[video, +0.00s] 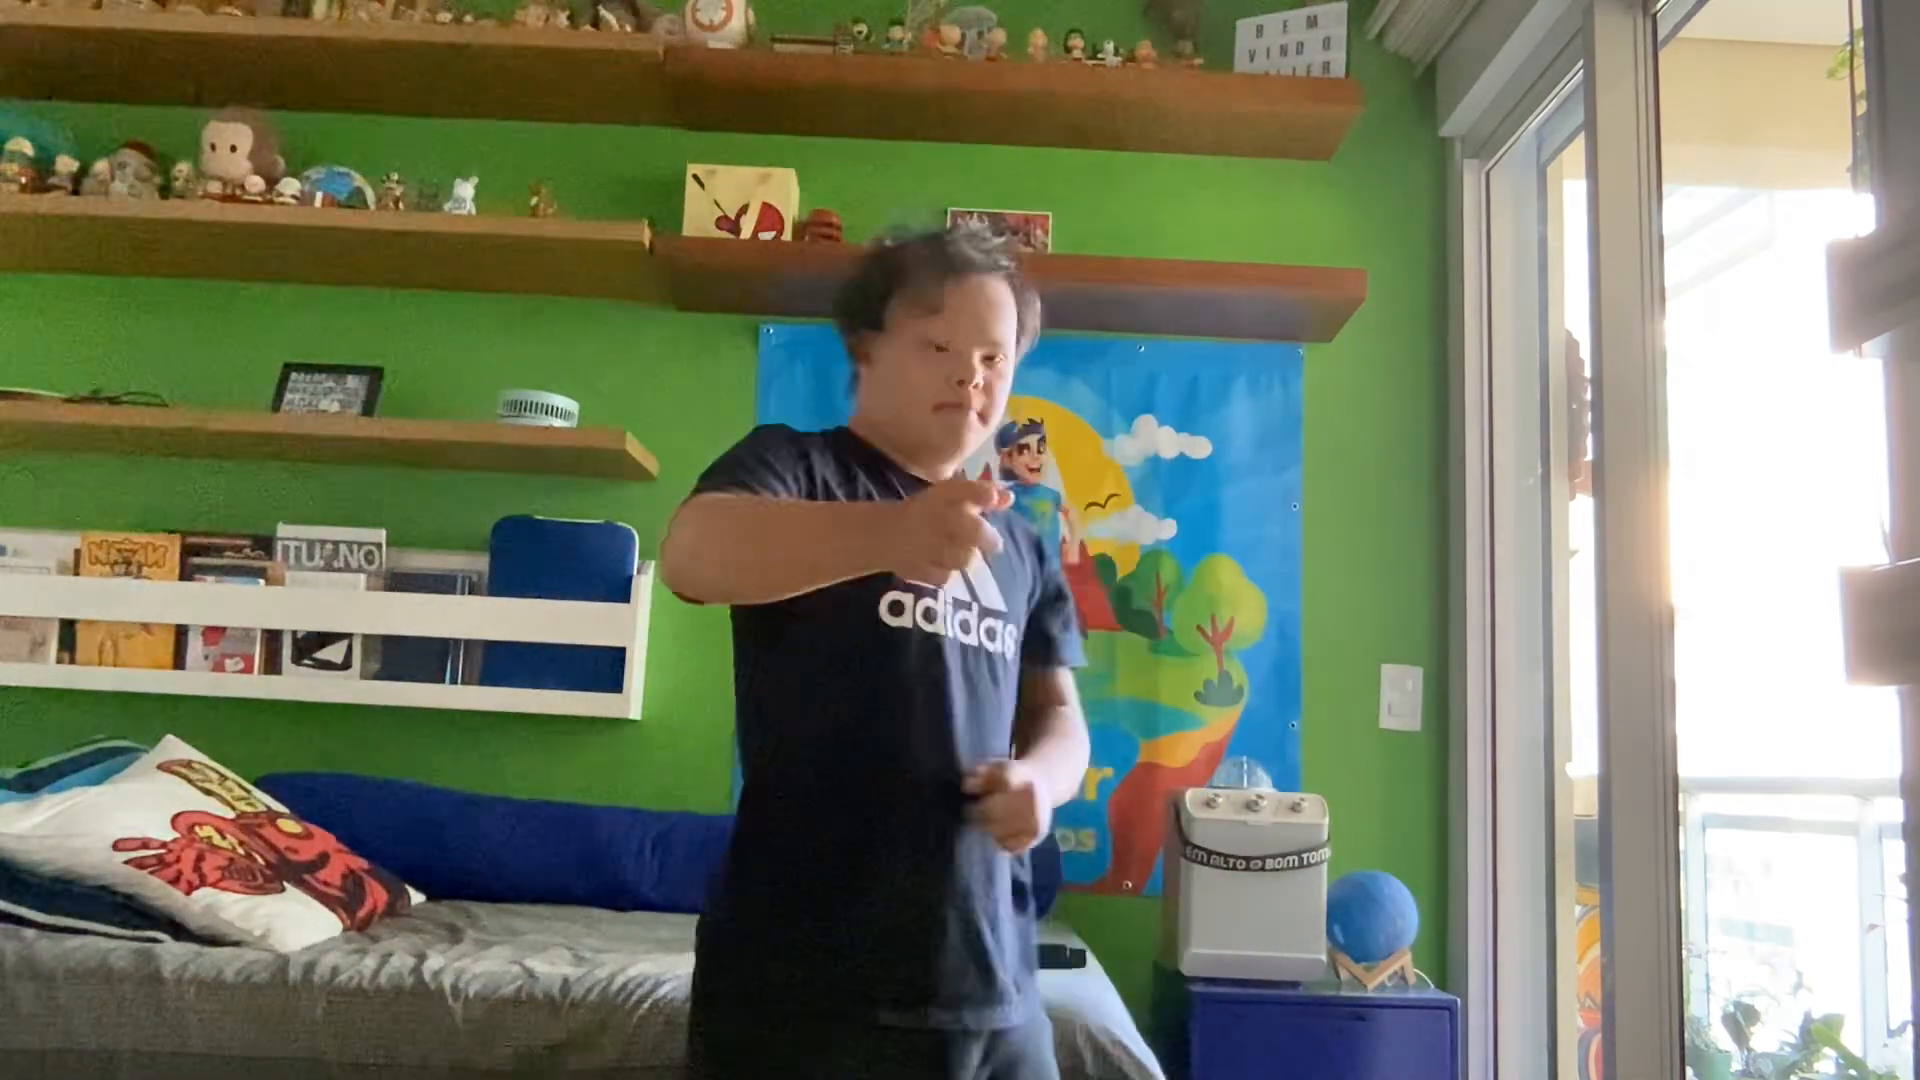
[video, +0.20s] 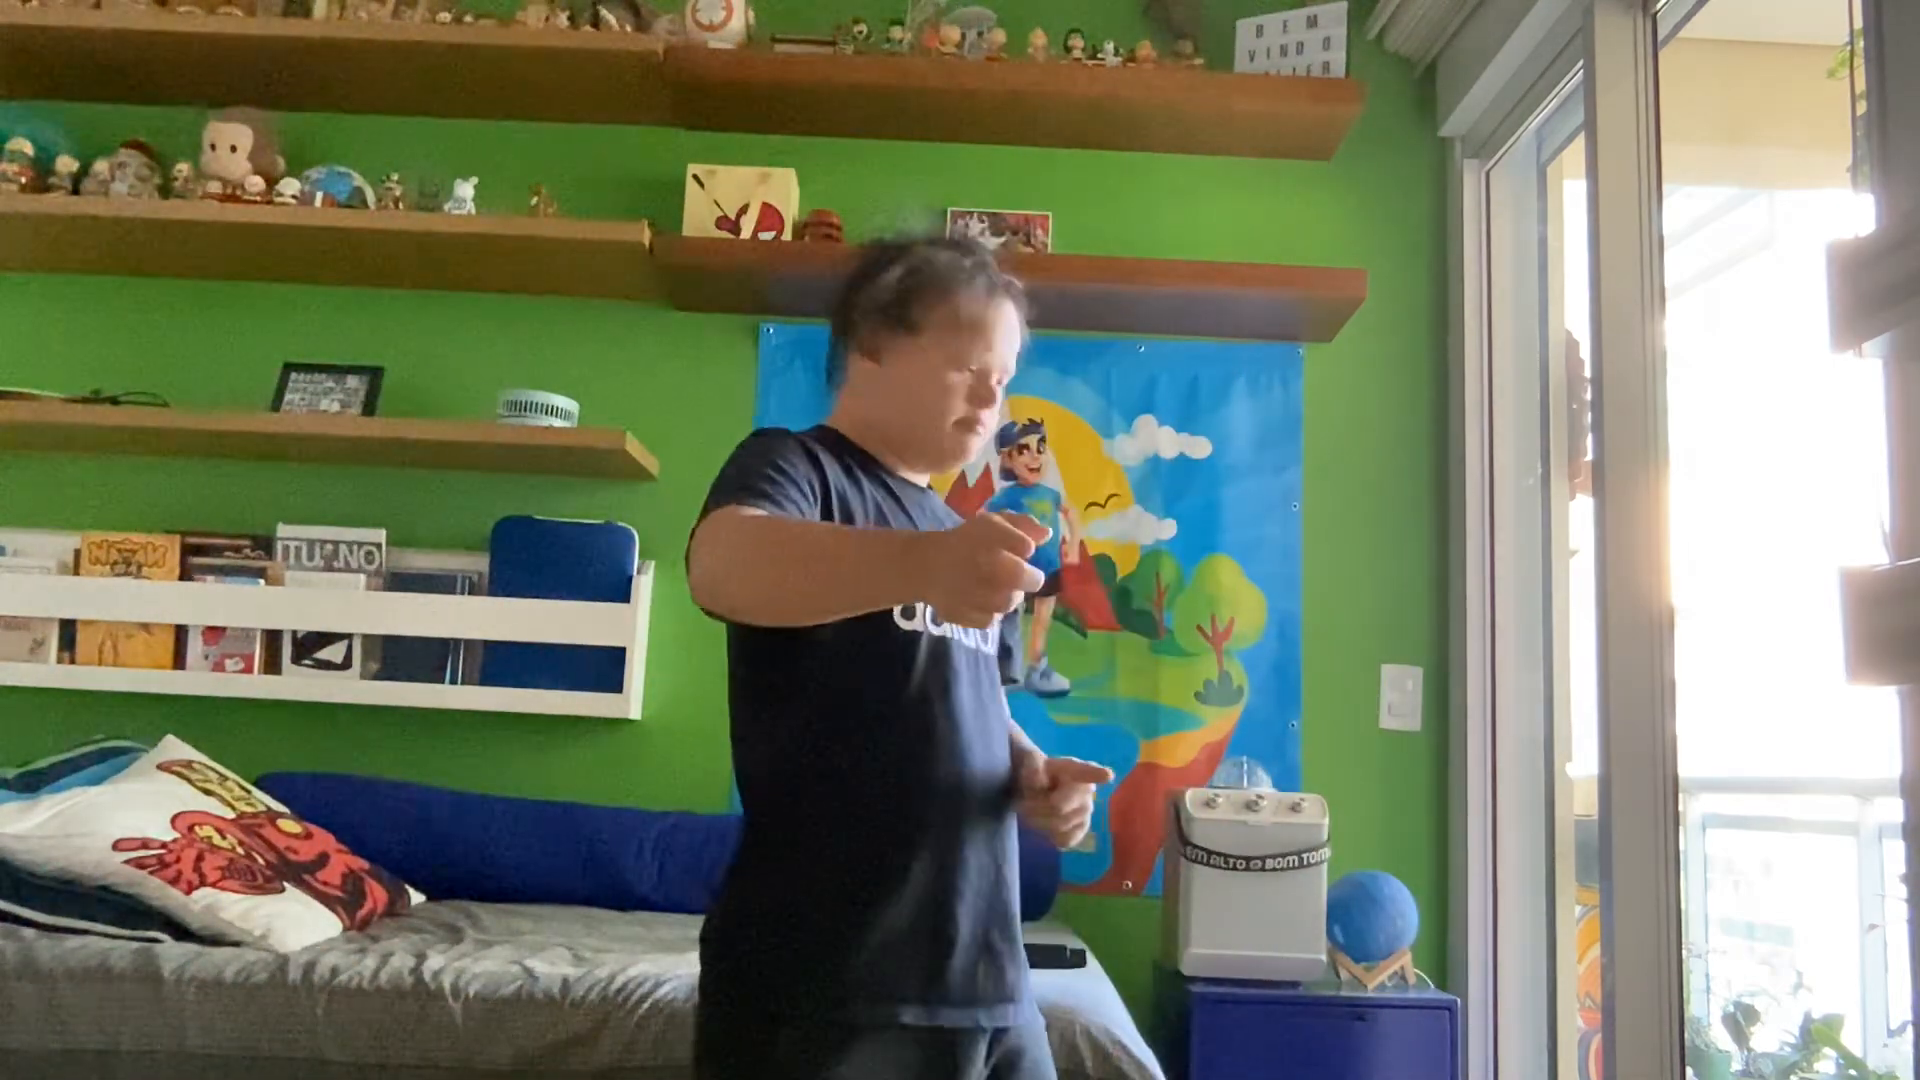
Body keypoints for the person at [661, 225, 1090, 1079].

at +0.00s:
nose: (970, 377)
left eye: (992, 358)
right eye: (939, 347)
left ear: (1012, 381)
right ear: (866, 349)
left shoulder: (1022, 542)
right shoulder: (792, 464)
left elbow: (1058, 717)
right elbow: (693, 554)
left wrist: (1040, 780)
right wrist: (890, 533)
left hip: (989, 993)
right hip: (801, 981)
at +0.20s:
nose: (991, 402)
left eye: (1001, 384)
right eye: (971, 375)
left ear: (1010, 391)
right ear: (873, 350)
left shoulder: (951, 531)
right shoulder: (793, 464)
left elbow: (971, 709)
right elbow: (721, 563)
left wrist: (1032, 775)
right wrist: (928, 565)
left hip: (986, 988)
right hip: (826, 990)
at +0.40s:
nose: (1008, 430)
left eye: (1015, 402)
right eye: (1006, 394)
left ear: (934, 363)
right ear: (926, 359)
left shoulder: (962, 551)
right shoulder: (791, 480)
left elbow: (958, 746)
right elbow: (686, 625)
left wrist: (1077, 799)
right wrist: (911, 661)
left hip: (994, 1006)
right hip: (831, 1011)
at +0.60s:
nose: (1018, 438)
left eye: (1028, 412)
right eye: (1022, 403)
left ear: (963, 372)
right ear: (955, 367)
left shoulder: (967, 553)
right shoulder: (804, 481)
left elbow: (970, 746)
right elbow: (682, 678)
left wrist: (1126, 788)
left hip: (999, 1009)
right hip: (834, 1017)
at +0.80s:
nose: (1113, 447)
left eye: (1123, 420)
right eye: (1118, 413)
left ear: (1052, 387)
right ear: (1063, 386)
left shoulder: (1031, 540)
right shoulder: (882, 484)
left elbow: (1064, 715)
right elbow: (763, 701)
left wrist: (1239, 753)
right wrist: (729, 928)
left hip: (1051, 998)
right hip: (895, 1006)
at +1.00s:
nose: (1226, 478)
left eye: (1238, 454)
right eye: (1236, 448)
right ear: (1194, 420)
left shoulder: (1128, 540)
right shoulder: (1036, 480)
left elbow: (1141, 678)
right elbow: (888, 647)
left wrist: (1239, 734)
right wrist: (857, 865)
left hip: (1108, 987)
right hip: (985, 984)